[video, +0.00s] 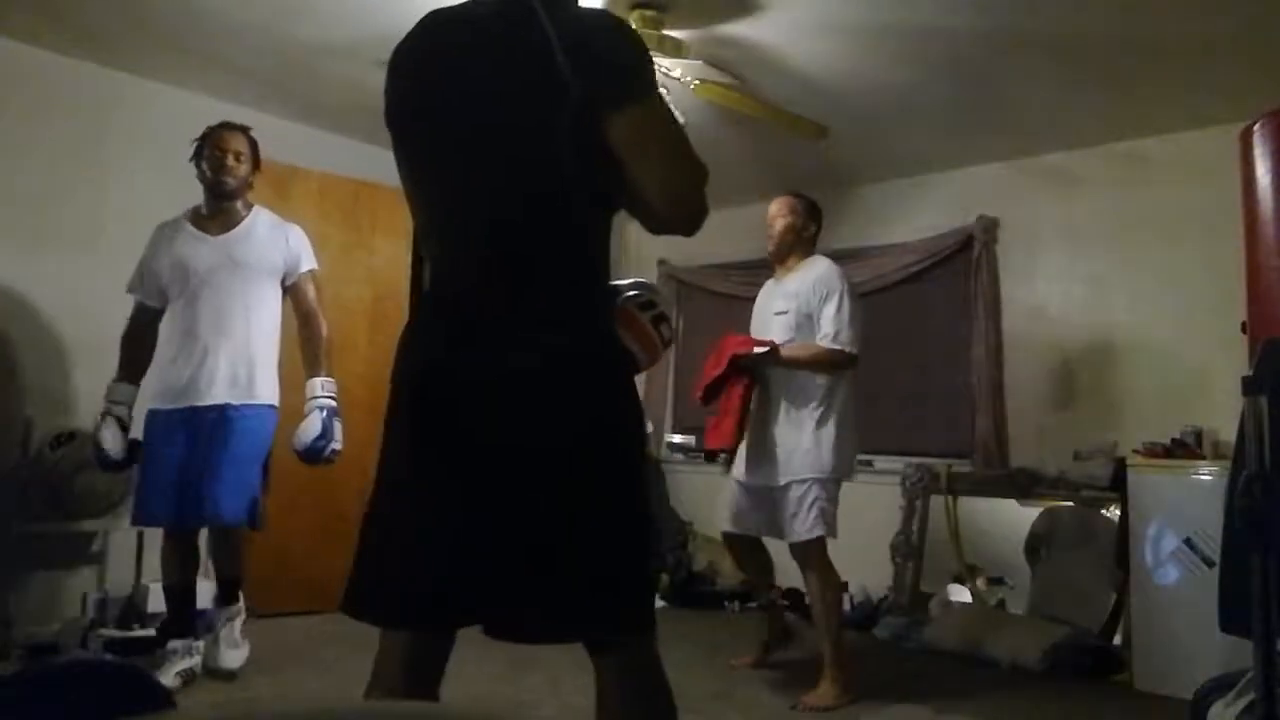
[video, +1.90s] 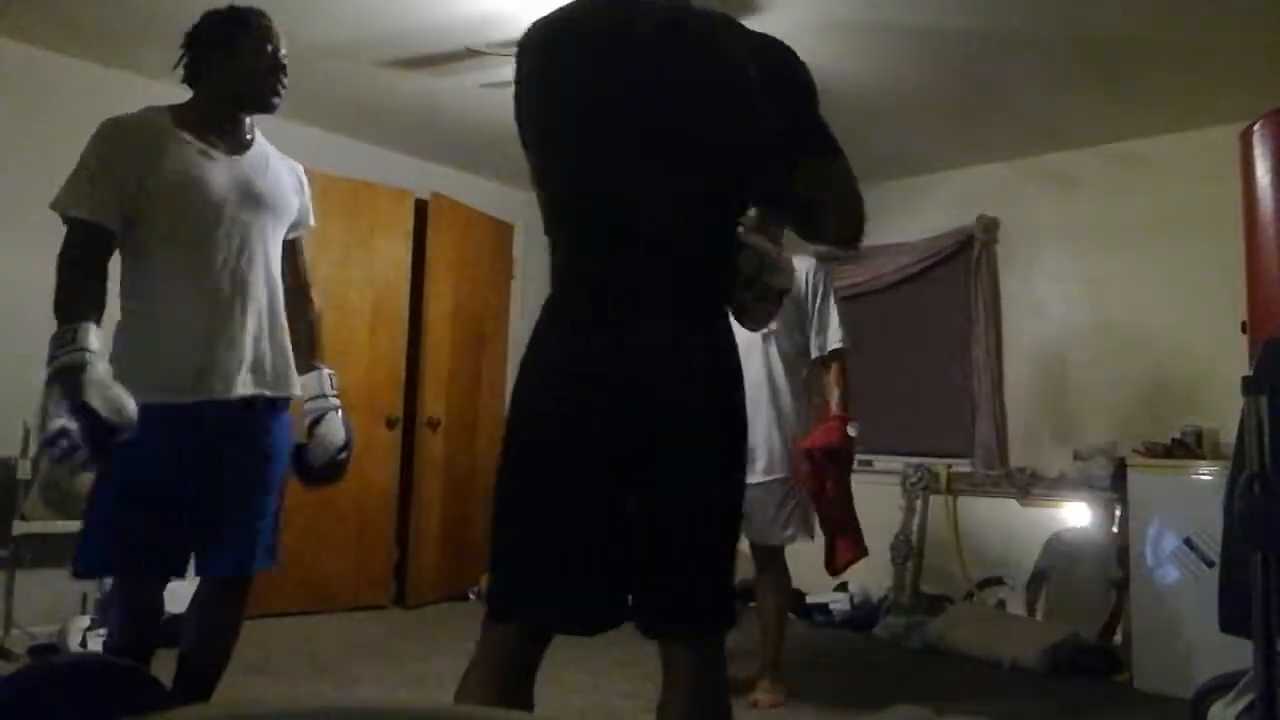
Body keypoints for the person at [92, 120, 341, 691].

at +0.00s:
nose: (225, 164)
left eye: (237, 157)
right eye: (215, 155)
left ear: (254, 172)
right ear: (198, 166)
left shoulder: (282, 238)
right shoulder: (170, 236)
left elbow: (311, 321)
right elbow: (142, 324)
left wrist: (322, 402)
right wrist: (117, 404)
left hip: (245, 401)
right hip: (173, 402)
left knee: (226, 518)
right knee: (177, 525)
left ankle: (229, 615)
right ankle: (181, 642)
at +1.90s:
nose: (283, 65)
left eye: (282, 53)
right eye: (267, 51)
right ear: (214, 58)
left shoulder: (288, 174)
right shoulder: (131, 141)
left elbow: (297, 294)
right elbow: (83, 258)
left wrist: (318, 395)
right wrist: (79, 363)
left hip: (256, 404)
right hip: (153, 400)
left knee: (232, 579)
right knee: (141, 579)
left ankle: (184, 712)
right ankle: (124, 707)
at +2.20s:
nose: (322, 63)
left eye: (317, 47)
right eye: (306, 44)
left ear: (256, 51)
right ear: (256, 47)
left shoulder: (267, 155)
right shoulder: (177, 105)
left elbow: (266, 298)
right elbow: (136, 251)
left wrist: (313, 395)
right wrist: (182, 391)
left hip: (258, 418)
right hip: (193, 414)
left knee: (216, 628)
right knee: (190, 634)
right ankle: (29, 694)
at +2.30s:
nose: (320, 63)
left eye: (317, 48)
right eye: (307, 46)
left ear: (249, 44)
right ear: (263, 44)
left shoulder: (253, 138)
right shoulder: (198, 95)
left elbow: (239, 306)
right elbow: (157, 233)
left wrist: (299, 402)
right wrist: (207, 388)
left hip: (233, 426)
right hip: (190, 422)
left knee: (186, 660)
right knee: (179, 663)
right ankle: (19, 695)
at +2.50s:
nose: (319, 51)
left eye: (317, 31)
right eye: (313, 28)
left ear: (235, 21)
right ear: (287, 24)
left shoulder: (196, 85)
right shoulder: (237, 75)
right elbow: (243, 236)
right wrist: (284, 395)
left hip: (157, 394)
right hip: (184, 400)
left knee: (146, 654)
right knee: (163, 663)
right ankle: (13, 698)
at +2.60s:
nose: (323, 60)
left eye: (324, 40)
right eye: (322, 37)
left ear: (238, 22)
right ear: (296, 29)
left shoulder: (167, 95)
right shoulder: (253, 79)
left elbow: (122, 254)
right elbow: (279, 236)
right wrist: (316, 394)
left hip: (129, 382)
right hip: (187, 395)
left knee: (122, 622)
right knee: (155, 658)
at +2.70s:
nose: (320, 66)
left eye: (321, 48)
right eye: (320, 44)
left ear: (233, 23)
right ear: (303, 33)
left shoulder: (156, 91)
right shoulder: (268, 81)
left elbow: (97, 244)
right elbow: (298, 241)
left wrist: (109, 364)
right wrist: (345, 388)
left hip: (117, 379)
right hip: (193, 389)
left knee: (122, 609)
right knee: (156, 621)